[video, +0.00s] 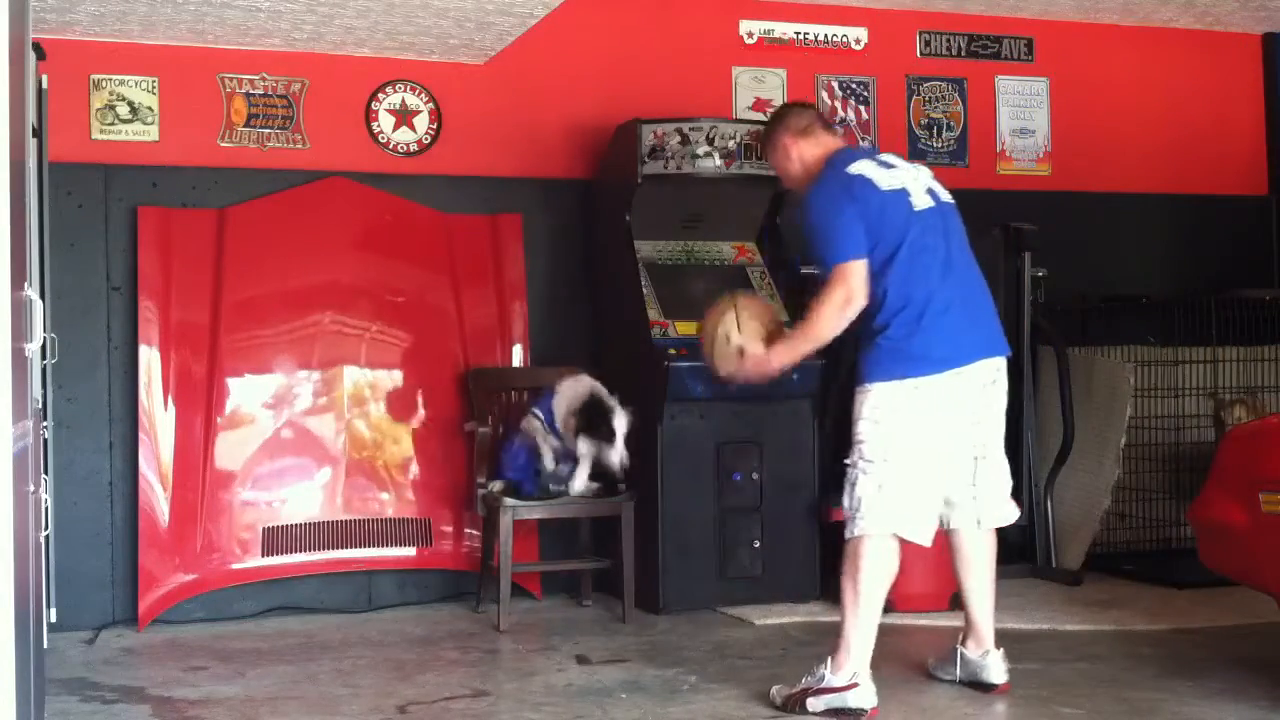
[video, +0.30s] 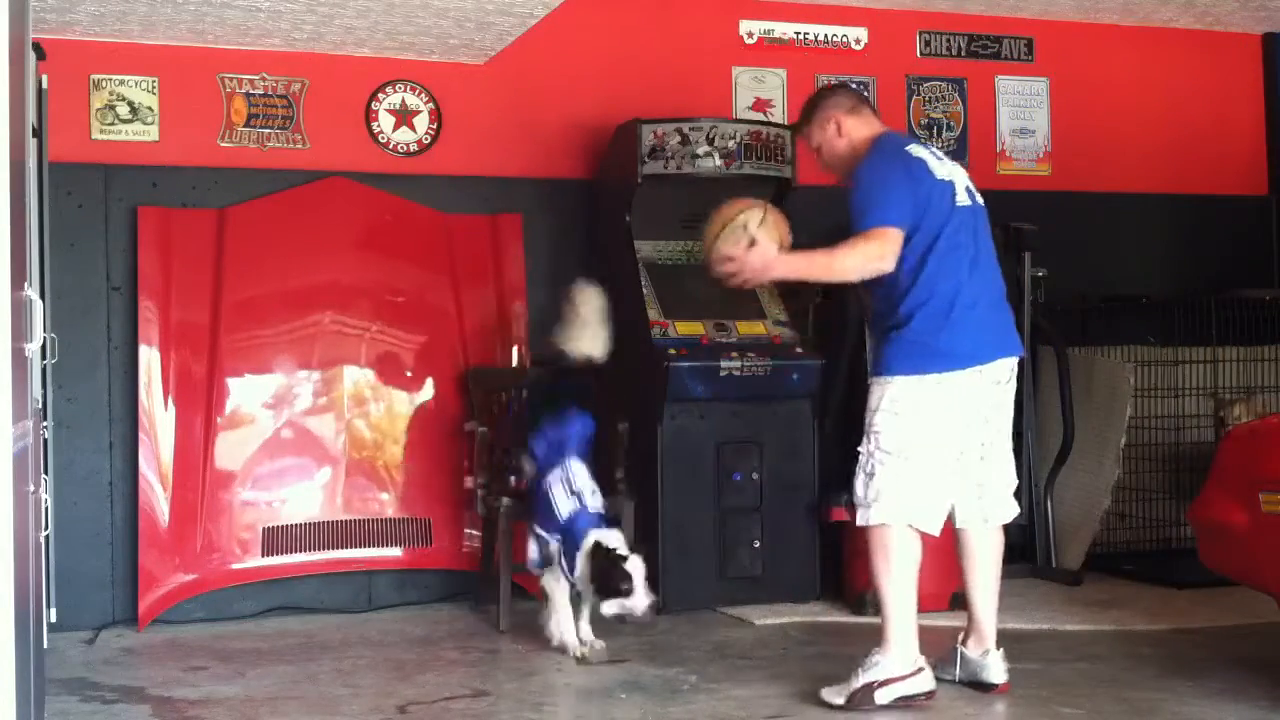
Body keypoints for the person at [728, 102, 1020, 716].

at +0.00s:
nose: (783, 181)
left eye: (778, 167)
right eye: (777, 170)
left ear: (795, 144)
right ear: (827, 134)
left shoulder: (830, 189)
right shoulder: (903, 166)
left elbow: (848, 294)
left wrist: (776, 356)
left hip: (907, 368)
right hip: (983, 356)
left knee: (873, 518)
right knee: (972, 508)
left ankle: (848, 671)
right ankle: (981, 650)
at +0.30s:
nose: (821, 165)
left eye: (816, 150)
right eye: (814, 154)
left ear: (838, 126)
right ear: (858, 119)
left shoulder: (884, 162)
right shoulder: (936, 159)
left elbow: (878, 253)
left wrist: (776, 263)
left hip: (923, 362)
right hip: (991, 354)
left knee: (887, 505)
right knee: (981, 505)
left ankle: (900, 656)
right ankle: (983, 650)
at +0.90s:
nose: (776, 200)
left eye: (772, 185)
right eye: (768, 192)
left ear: (800, 152)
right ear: (806, 148)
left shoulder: (856, 185)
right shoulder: (894, 165)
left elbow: (863, 295)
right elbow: (963, 242)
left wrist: (769, 350)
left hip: (925, 365)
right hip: (975, 355)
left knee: (881, 511)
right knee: (956, 508)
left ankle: (903, 663)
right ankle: (980, 647)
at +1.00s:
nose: (778, 199)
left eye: (773, 184)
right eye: (769, 191)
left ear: (798, 147)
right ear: (804, 142)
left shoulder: (852, 180)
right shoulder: (887, 161)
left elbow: (851, 288)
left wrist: (755, 330)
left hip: (920, 363)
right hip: (974, 351)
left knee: (883, 512)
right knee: (962, 509)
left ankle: (904, 664)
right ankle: (982, 648)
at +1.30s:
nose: (792, 179)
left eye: (787, 163)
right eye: (783, 171)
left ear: (813, 125)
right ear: (819, 124)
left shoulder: (862, 166)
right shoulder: (882, 153)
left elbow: (889, 256)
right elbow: (905, 257)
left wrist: (836, 351)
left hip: (918, 357)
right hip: (953, 350)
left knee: (895, 507)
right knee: (943, 498)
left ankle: (905, 663)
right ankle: (990, 630)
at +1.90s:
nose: (848, 210)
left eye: (849, 195)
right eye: (840, 201)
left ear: (878, 163)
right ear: (866, 176)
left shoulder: (953, 190)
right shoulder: (882, 227)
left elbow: (1005, 279)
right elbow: (896, 318)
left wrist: (978, 378)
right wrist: (889, 403)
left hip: (1014, 366)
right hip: (956, 371)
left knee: (986, 498)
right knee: (964, 502)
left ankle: (996, 642)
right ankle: (1008, 632)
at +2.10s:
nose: (865, 224)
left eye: (865, 209)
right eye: (856, 217)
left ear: (892, 177)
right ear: (890, 181)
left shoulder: (960, 224)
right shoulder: (918, 221)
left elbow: (1007, 328)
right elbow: (955, 322)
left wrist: (986, 420)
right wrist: (938, 396)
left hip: (1042, 365)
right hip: (984, 368)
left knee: (1047, 507)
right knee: (967, 491)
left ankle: (1077, 649)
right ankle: (1009, 620)